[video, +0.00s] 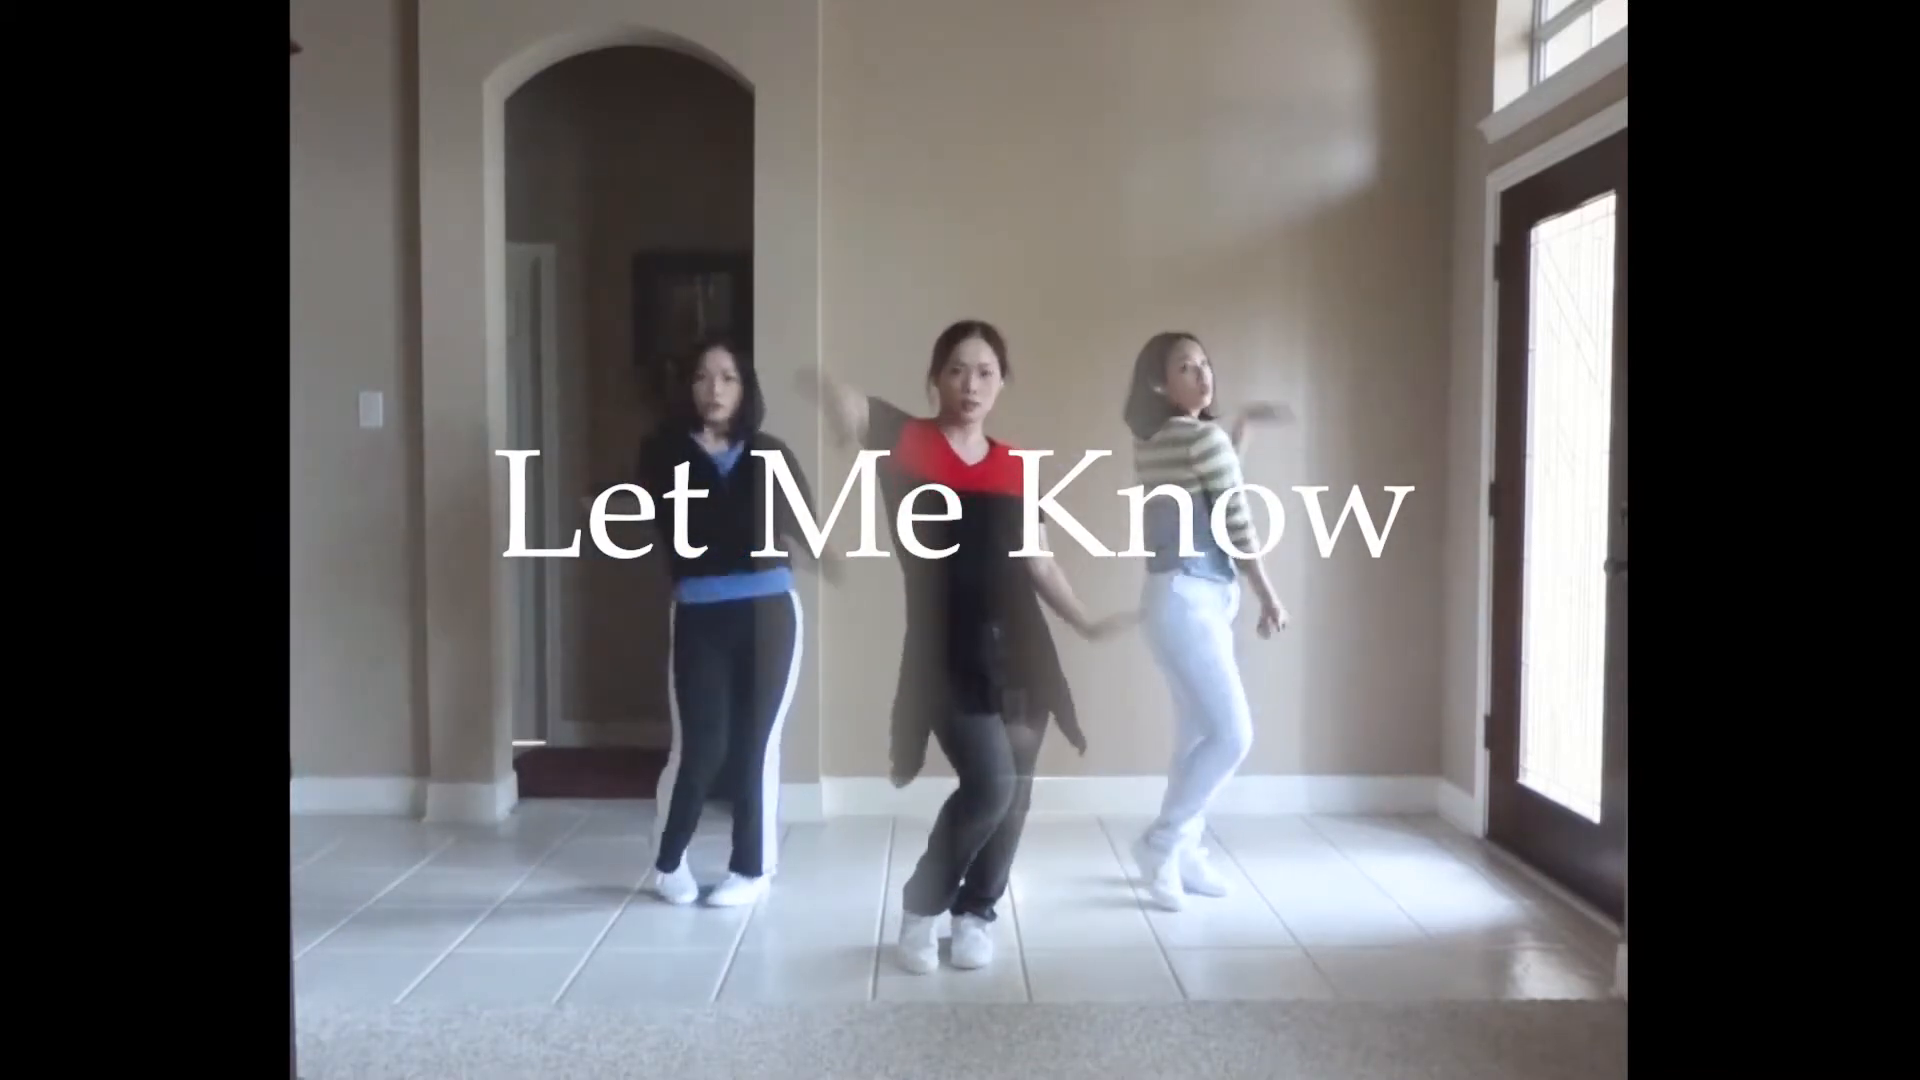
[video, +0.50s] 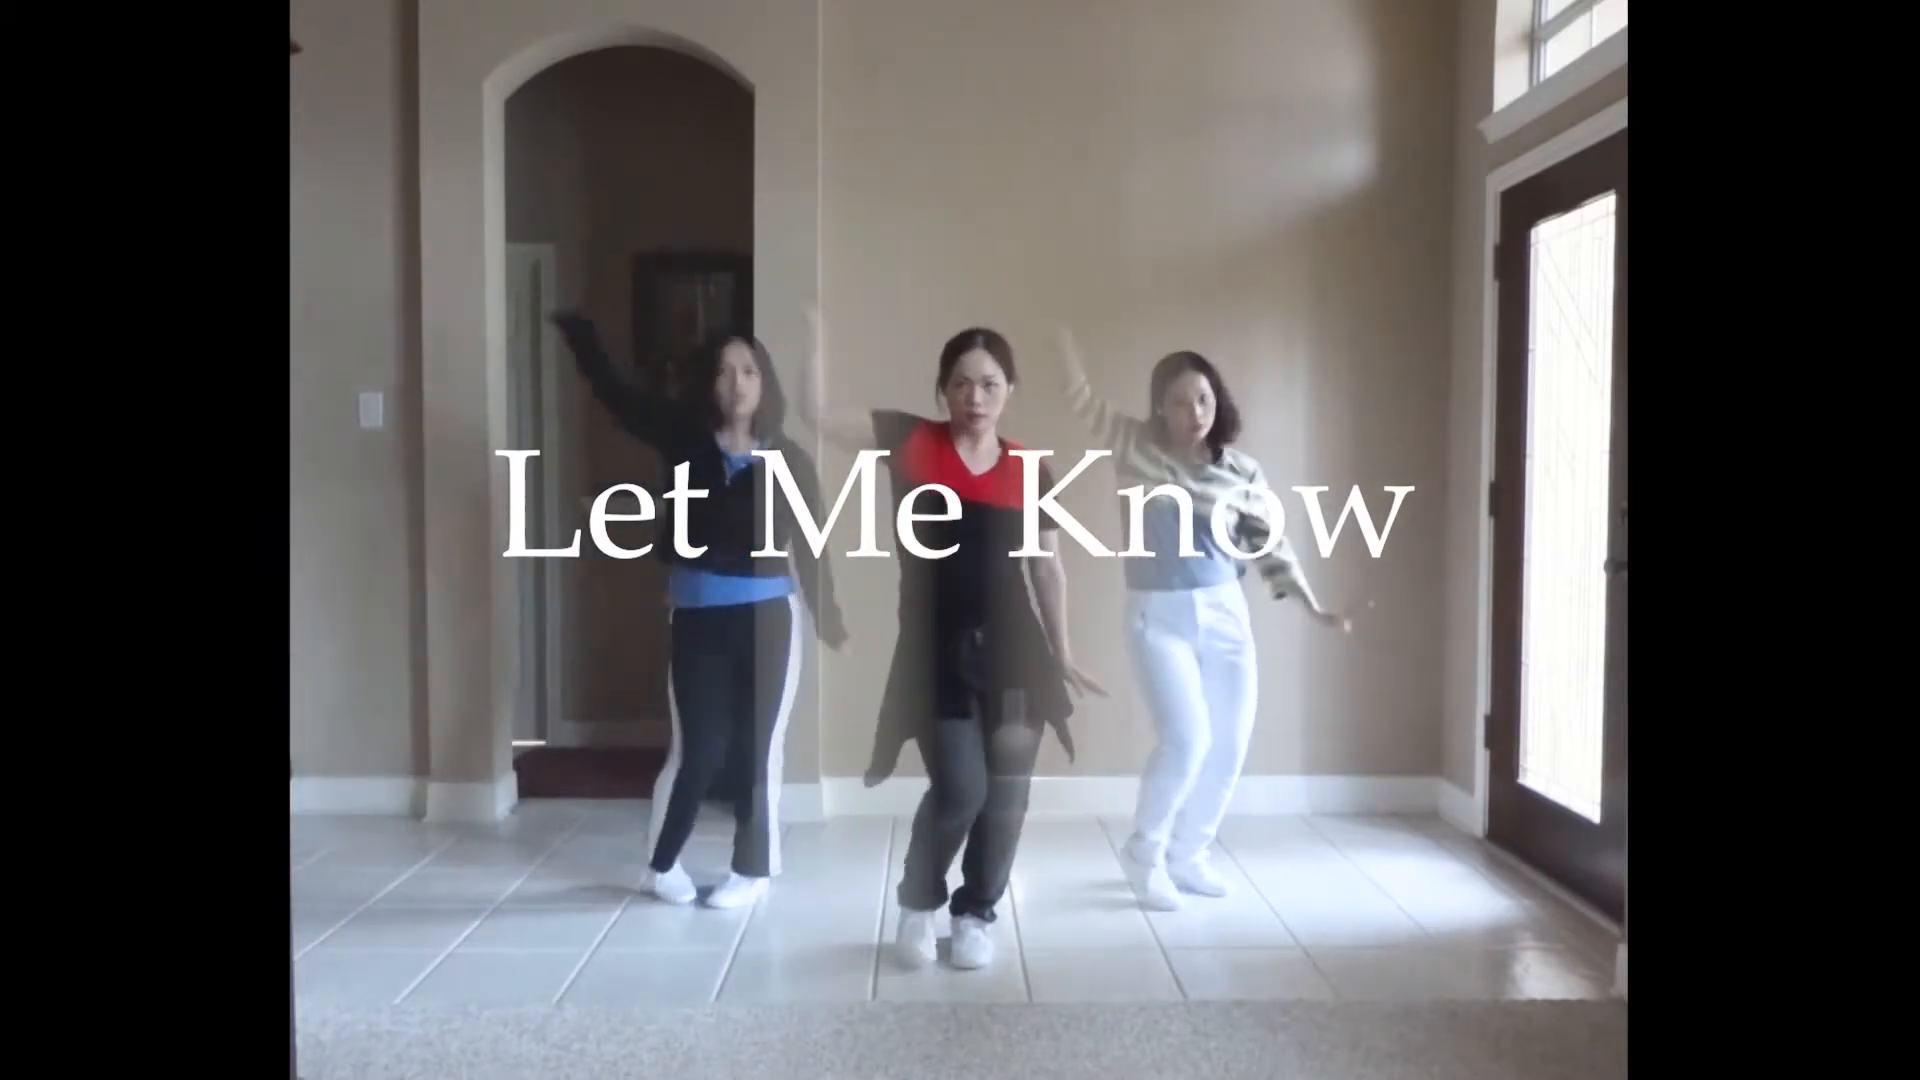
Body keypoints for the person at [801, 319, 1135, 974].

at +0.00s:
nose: (970, 382)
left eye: (984, 372)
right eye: (957, 370)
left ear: (1001, 384)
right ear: (936, 379)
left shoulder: (1015, 467)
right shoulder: (908, 442)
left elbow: (1038, 558)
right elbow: (852, 410)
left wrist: (1085, 619)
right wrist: (836, 396)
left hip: (1017, 643)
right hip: (944, 644)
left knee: (1015, 789)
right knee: (991, 784)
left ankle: (976, 917)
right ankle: (922, 907)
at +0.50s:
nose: (974, 397)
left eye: (988, 384)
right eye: (962, 384)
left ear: (1010, 392)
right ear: (944, 391)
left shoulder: (1027, 469)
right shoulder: (917, 454)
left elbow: (1047, 565)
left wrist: (1062, 651)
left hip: (1012, 644)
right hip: (938, 645)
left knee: (1008, 791)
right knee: (962, 789)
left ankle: (975, 915)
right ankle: (919, 902)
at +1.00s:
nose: (957, 380)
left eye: (970, 369)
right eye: (946, 369)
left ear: (991, 376)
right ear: (927, 373)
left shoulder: (1003, 452)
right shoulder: (894, 421)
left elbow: (1058, 518)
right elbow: (815, 368)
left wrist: (1117, 544)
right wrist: (778, 300)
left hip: (980, 616)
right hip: (907, 614)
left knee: (984, 758)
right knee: (913, 755)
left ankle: (999, 901)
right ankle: (933, 866)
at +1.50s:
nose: (898, 405)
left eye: (905, 395)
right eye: (900, 395)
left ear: (937, 398)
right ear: (924, 399)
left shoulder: (997, 467)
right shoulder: (891, 454)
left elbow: (1052, 538)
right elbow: (823, 419)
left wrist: (1112, 562)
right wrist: (818, 339)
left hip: (962, 632)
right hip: (895, 629)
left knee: (962, 752)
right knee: (891, 763)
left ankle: (973, 893)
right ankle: (931, 868)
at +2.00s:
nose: (903, 408)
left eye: (911, 397)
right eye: (903, 397)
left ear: (944, 396)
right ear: (926, 400)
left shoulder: (1001, 466)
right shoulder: (901, 454)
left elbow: (1060, 537)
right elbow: (827, 429)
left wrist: (1115, 557)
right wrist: (815, 351)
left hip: (966, 632)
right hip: (902, 628)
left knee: (960, 753)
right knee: (893, 763)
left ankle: (977, 894)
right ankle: (931, 868)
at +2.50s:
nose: (900, 404)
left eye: (906, 393)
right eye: (901, 393)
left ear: (938, 395)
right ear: (932, 398)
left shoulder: (1000, 465)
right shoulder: (898, 455)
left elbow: (1046, 539)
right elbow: (825, 432)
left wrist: (1099, 557)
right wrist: (812, 355)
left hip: (965, 631)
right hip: (899, 628)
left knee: (960, 750)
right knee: (893, 761)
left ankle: (980, 892)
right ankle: (932, 866)